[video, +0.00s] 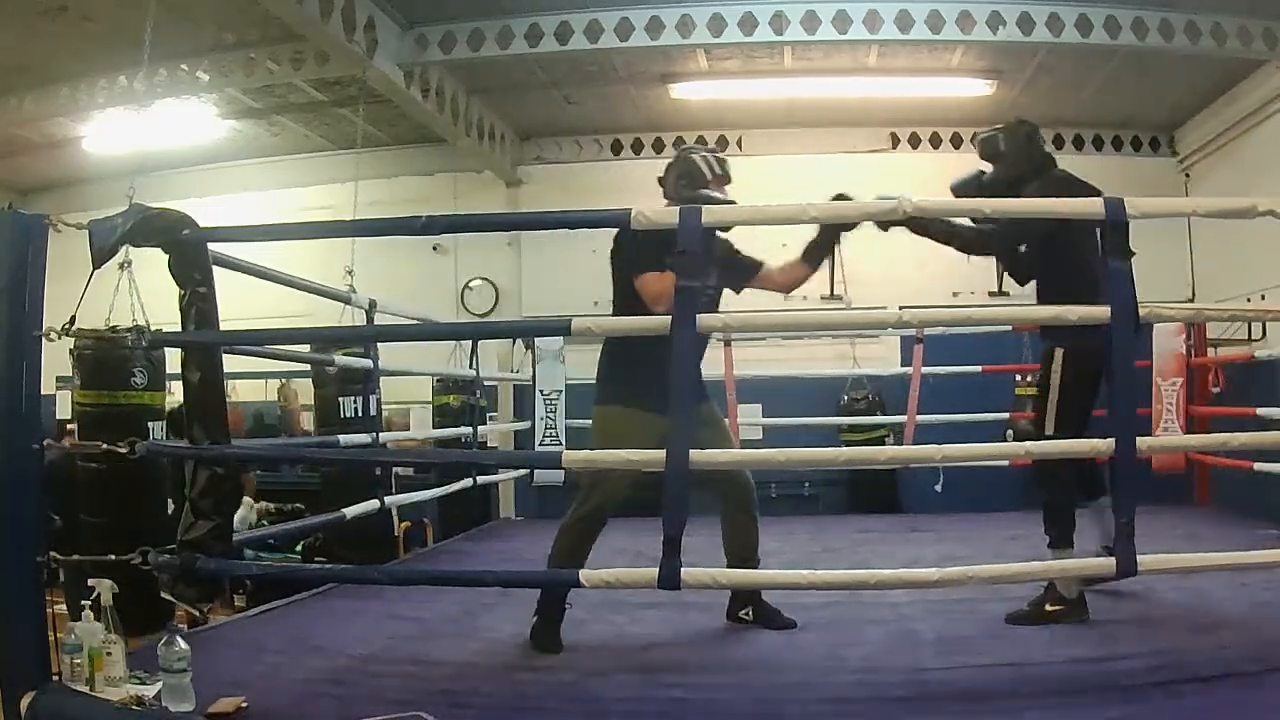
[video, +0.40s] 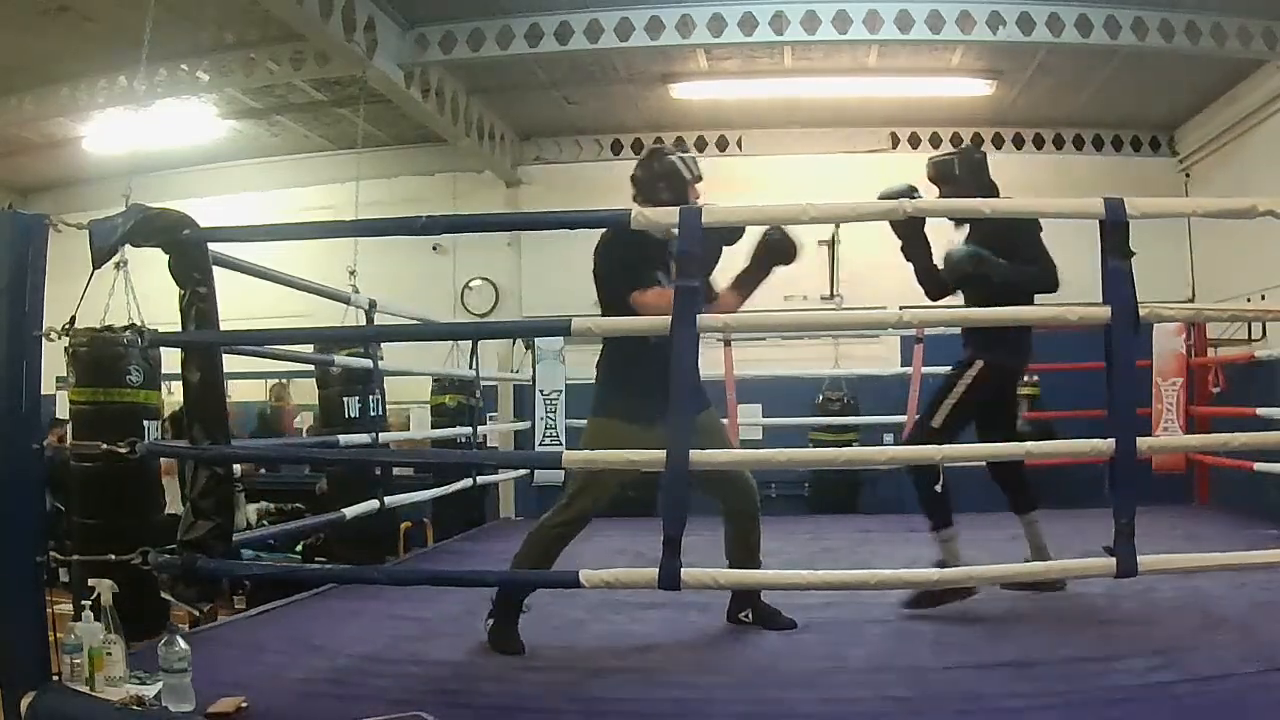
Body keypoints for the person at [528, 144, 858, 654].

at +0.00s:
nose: (723, 199)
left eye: (723, 191)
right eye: (714, 191)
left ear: (721, 193)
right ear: (683, 189)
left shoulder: (714, 249)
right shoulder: (640, 231)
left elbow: (784, 279)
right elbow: (658, 297)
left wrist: (828, 235)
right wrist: (702, 253)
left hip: (689, 395)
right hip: (628, 394)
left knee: (738, 486)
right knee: (601, 498)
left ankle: (745, 599)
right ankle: (549, 609)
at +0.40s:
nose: (699, 197)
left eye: (696, 189)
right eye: (692, 189)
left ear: (672, 193)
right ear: (663, 194)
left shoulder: (686, 249)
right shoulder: (618, 245)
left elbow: (723, 305)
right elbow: (644, 301)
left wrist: (762, 263)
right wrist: (702, 293)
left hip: (686, 407)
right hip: (624, 407)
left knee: (742, 493)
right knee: (579, 508)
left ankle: (746, 601)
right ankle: (506, 608)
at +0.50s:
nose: (672, 198)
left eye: (672, 188)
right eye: (665, 188)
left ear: (627, 188)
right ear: (638, 187)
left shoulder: (630, 236)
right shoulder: (607, 233)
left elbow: (668, 296)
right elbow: (672, 291)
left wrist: (703, 246)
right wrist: (711, 243)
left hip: (640, 406)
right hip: (602, 407)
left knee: (705, 491)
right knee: (561, 514)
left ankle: (739, 597)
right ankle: (503, 616)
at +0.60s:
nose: (656, 180)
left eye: (656, 171)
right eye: (653, 170)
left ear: (609, 164)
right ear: (639, 169)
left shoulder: (616, 216)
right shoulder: (593, 212)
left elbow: (653, 272)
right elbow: (667, 249)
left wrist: (671, 217)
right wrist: (690, 203)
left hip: (620, 380)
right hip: (581, 381)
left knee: (664, 475)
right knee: (557, 495)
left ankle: (667, 593)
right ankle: (501, 611)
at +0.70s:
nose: (643, 174)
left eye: (644, 165)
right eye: (641, 164)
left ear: (599, 156)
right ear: (627, 162)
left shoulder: (608, 205)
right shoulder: (584, 202)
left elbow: (649, 256)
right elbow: (662, 245)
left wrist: (652, 207)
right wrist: (694, 218)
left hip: (605, 371)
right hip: (572, 370)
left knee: (632, 476)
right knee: (579, 483)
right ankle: (501, 586)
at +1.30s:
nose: (688, 185)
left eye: (688, 178)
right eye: (687, 176)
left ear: (637, 167)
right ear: (674, 175)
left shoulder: (638, 216)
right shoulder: (627, 217)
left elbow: (687, 268)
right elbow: (711, 274)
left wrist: (700, 203)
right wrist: (738, 212)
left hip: (634, 384)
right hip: (604, 384)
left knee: (673, 488)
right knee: (643, 499)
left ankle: (649, 607)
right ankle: (564, 634)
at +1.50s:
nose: (719, 185)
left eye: (721, 175)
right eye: (719, 174)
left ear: (665, 163)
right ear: (704, 171)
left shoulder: (639, 215)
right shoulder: (669, 221)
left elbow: (709, 289)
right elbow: (730, 295)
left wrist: (754, 238)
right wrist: (763, 232)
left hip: (641, 390)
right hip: (645, 394)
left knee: (722, 466)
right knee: (655, 521)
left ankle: (687, 582)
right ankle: (591, 662)